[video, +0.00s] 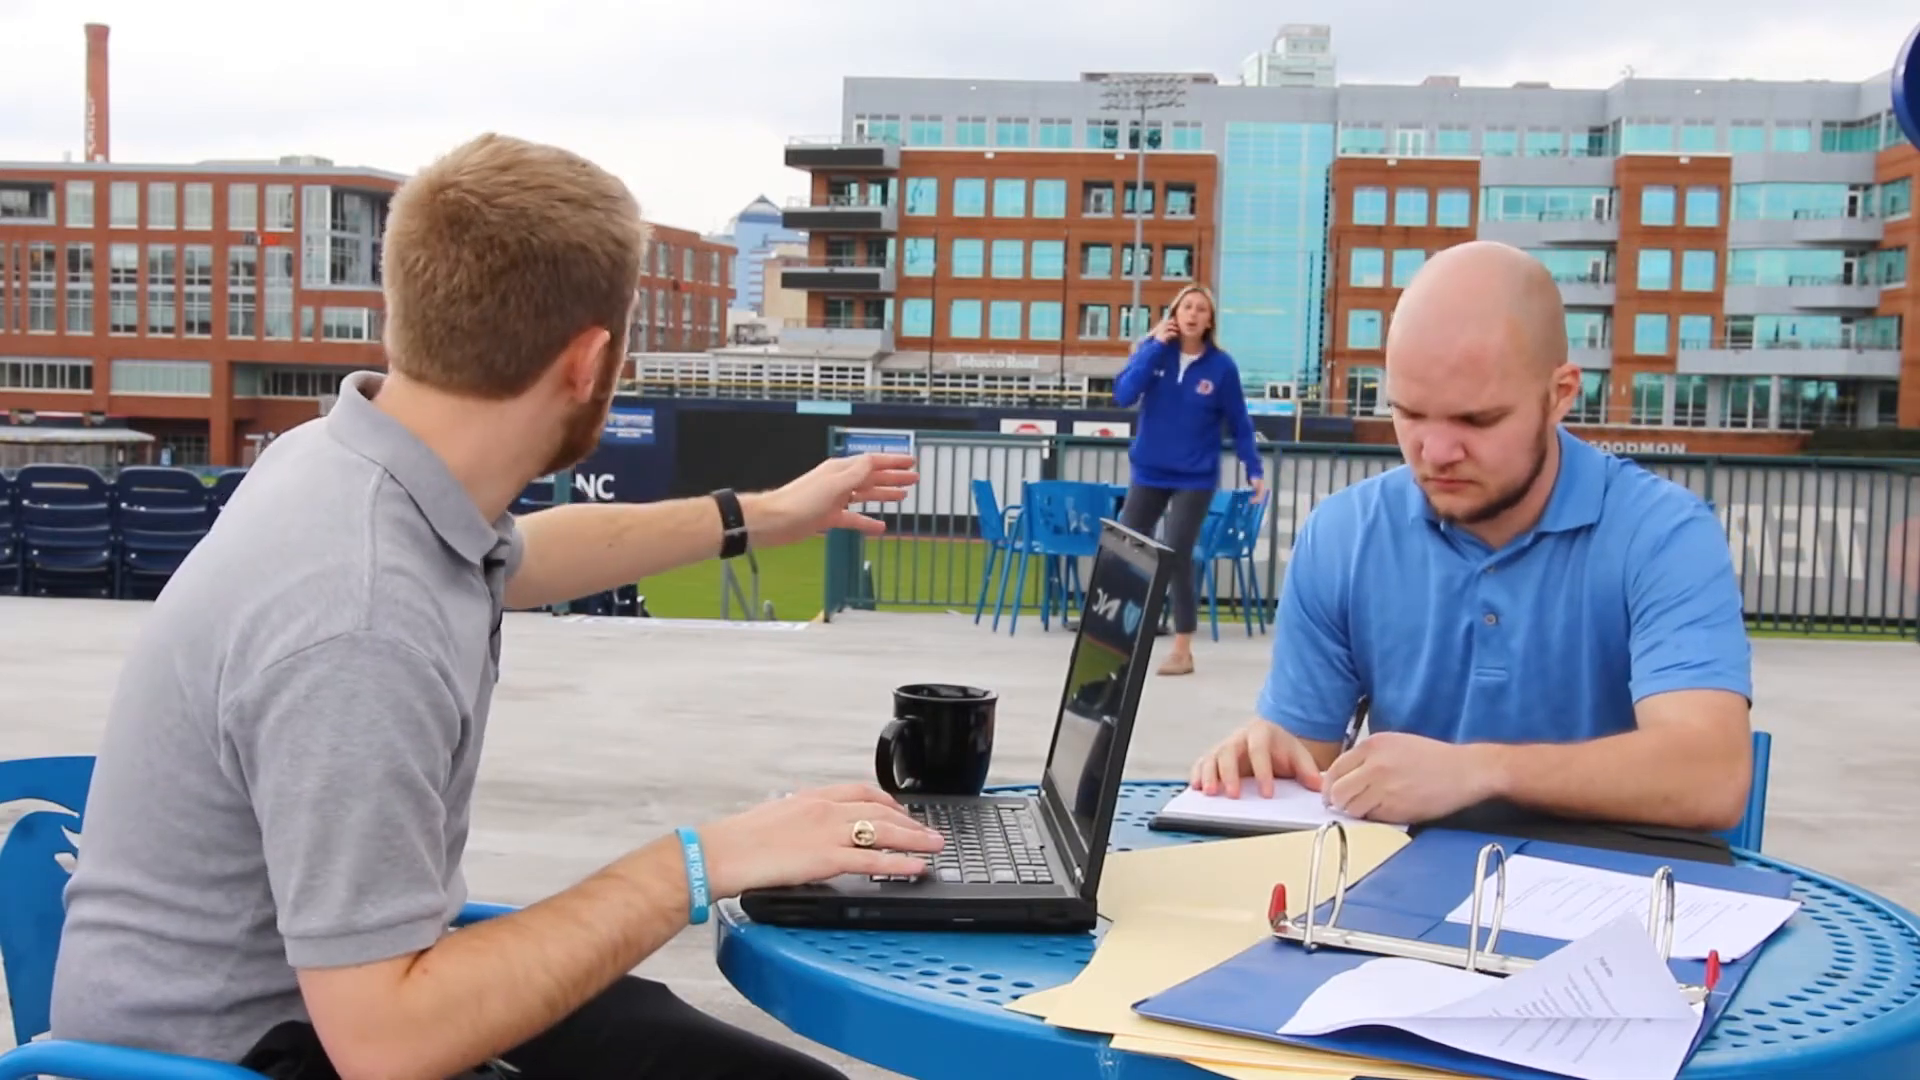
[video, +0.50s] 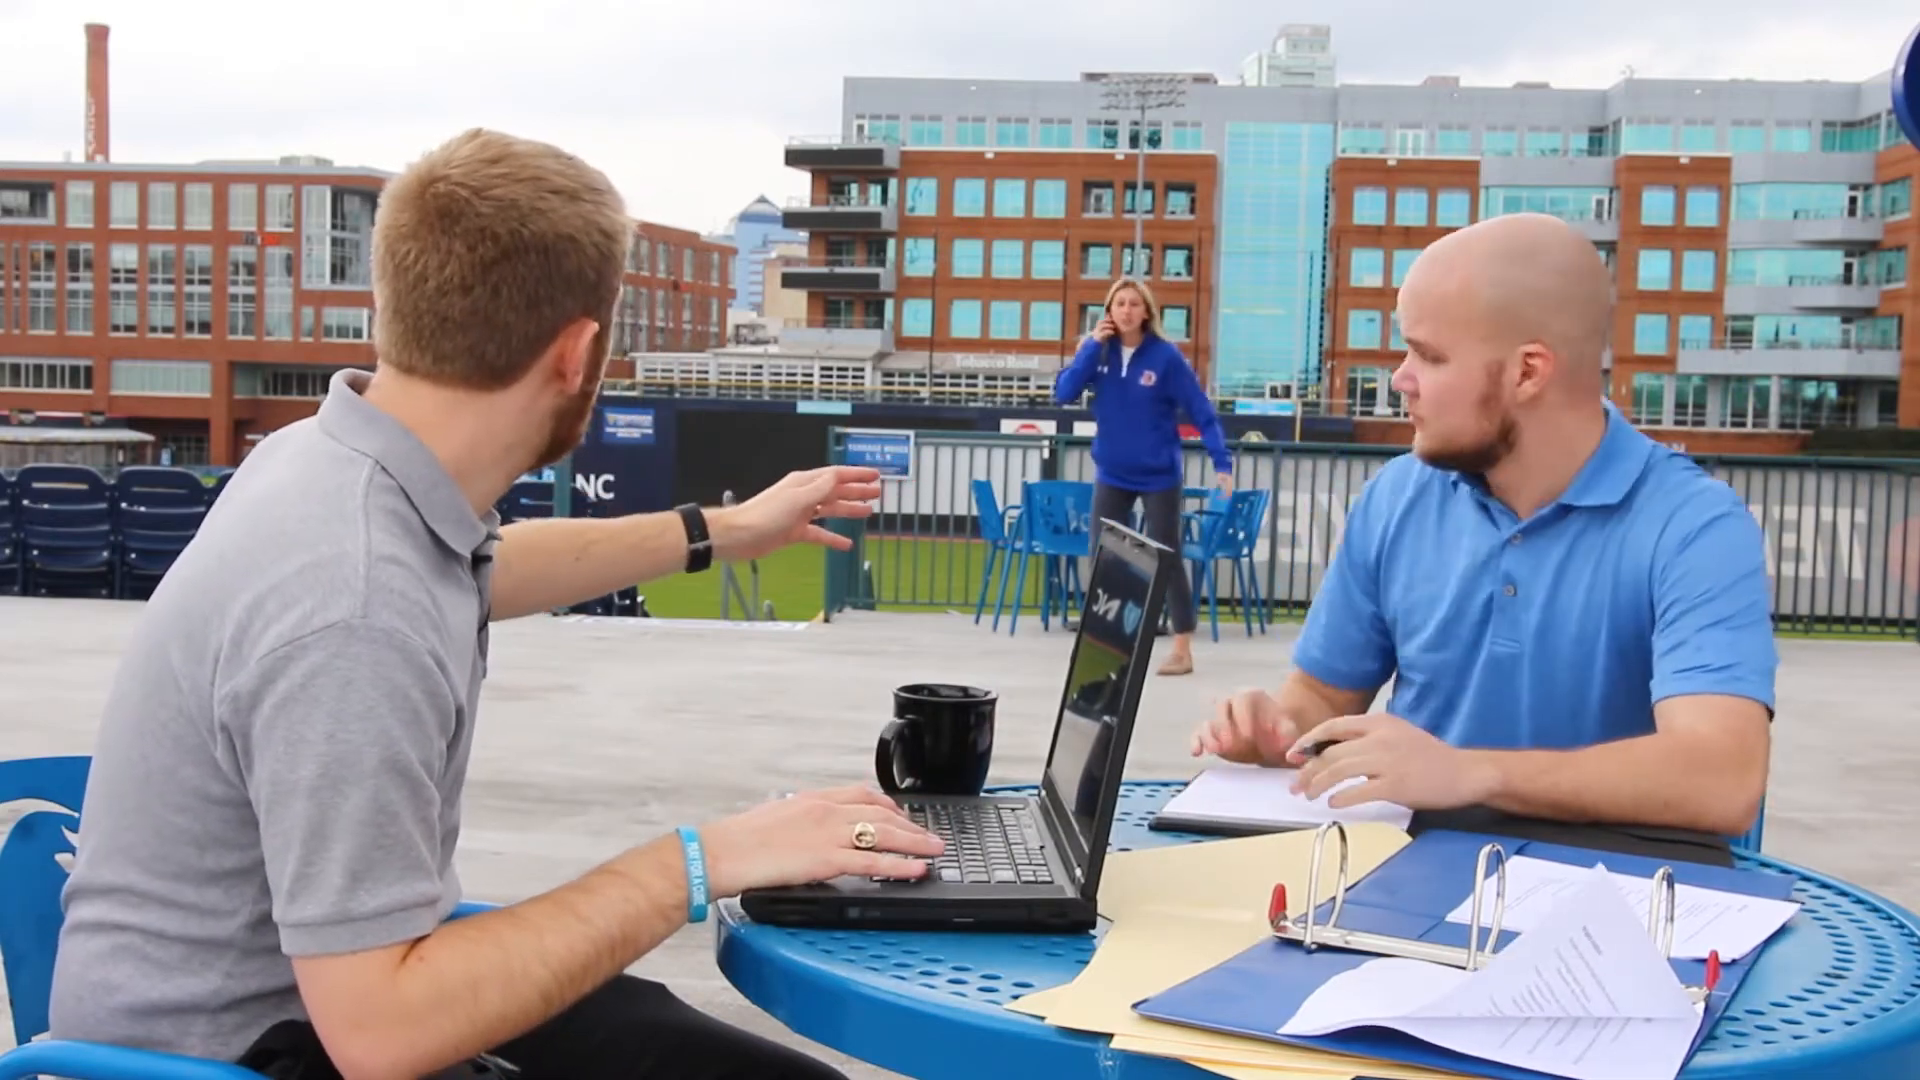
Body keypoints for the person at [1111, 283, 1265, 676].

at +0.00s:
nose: (1193, 315)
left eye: (1201, 310)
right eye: (1187, 308)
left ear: (1210, 319)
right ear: (1174, 313)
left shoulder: (1221, 366)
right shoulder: (1152, 349)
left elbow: (1240, 424)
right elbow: (1123, 395)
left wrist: (1254, 470)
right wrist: (1153, 345)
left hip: (1195, 477)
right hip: (1148, 472)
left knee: (1175, 553)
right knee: (1123, 550)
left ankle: (1182, 649)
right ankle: (1113, 639)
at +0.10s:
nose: (1177, 310)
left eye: (1185, 305)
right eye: (1171, 303)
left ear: (1195, 314)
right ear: (1158, 309)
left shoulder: (1206, 360)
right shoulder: (1136, 347)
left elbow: (1224, 420)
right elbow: (1108, 391)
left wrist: (1237, 472)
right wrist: (1139, 343)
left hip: (1184, 474)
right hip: (1138, 470)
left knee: (1175, 555)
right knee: (1119, 552)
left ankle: (1181, 648)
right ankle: (1111, 642)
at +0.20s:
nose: (1164, 309)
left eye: (1172, 303)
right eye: (1158, 301)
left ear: (1182, 312)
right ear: (1145, 307)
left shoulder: (1195, 357)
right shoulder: (1125, 346)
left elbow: (1216, 417)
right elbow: (1096, 391)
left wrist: (1233, 471)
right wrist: (1126, 343)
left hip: (1176, 473)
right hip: (1129, 470)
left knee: (1173, 556)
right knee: (1118, 554)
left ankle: (1181, 648)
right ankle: (1112, 642)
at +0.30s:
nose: (1153, 308)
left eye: (1161, 302)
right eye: (1147, 301)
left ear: (1171, 311)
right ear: (1135, 307)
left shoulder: (1186, 356)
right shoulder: (1116, 346)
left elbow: (1212, 415)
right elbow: (1085, 391)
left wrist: (1236, 470)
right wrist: (1115, 340)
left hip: (1171, 473)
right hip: (1123, 470)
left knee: (1171, 555)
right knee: (1113, 555)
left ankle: (1181, 647)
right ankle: (1109, 643)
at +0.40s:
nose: (1141, 309)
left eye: (1148, 303)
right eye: (1135, 302)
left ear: (1160, 311)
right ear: (1124, 308)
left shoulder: (1177, 355)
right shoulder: (1106, 347)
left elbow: (1208, 412)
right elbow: (1074, 390)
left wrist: (1235, 466)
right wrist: (1107, 341)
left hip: (1165, 474)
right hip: (1118, 472)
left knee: (1169, 557)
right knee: (1110, 557)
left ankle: (1182, 649)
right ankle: (1108, 645)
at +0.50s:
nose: (1126, 311)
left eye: (1134, 305)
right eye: (1120, 304)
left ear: (1147, 311)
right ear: (1110, 310)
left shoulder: (1165, 356)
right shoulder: (1098, 351)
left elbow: (1201, 411)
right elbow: (1063, 394)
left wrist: (1223, 464)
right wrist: (1092, 345)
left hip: (1159, 475)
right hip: (1112, 473)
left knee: (1167, 556)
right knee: (1102, 557)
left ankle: (1182, 648)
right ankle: (1104, 645)